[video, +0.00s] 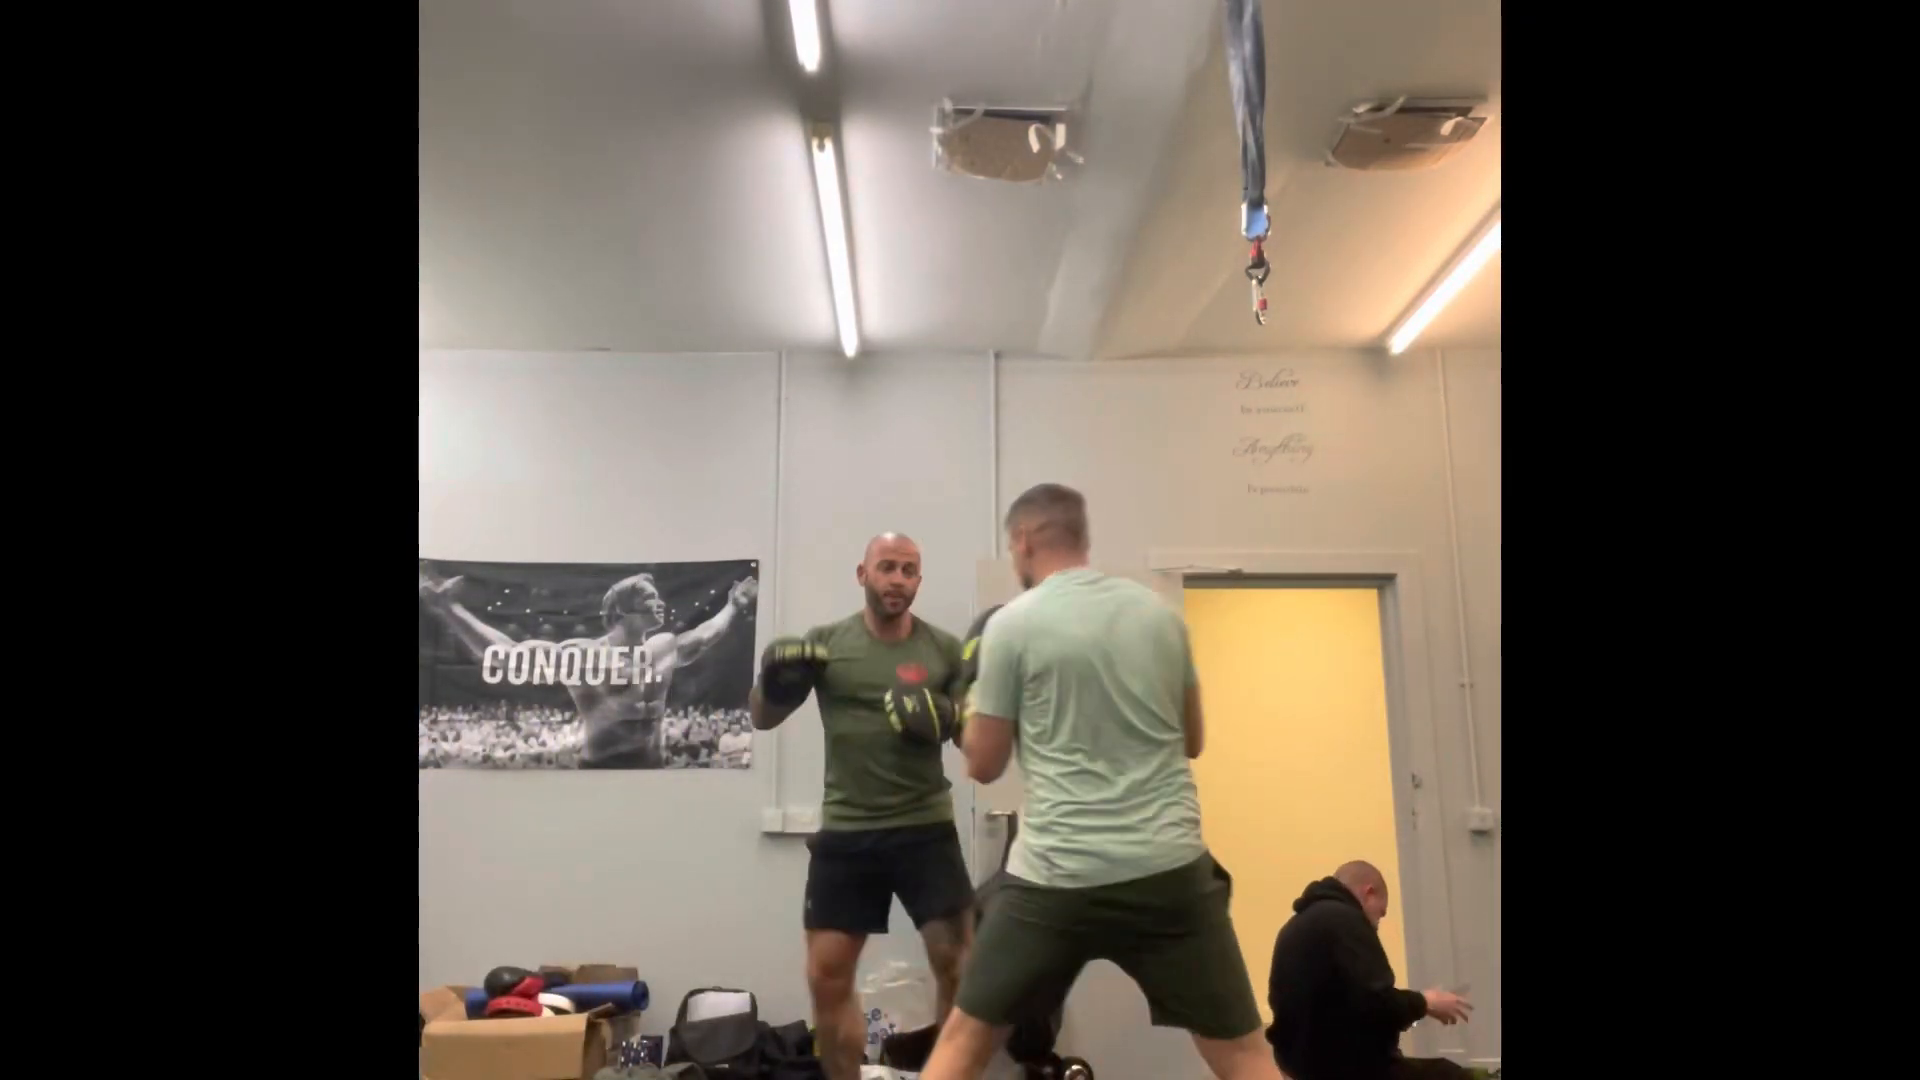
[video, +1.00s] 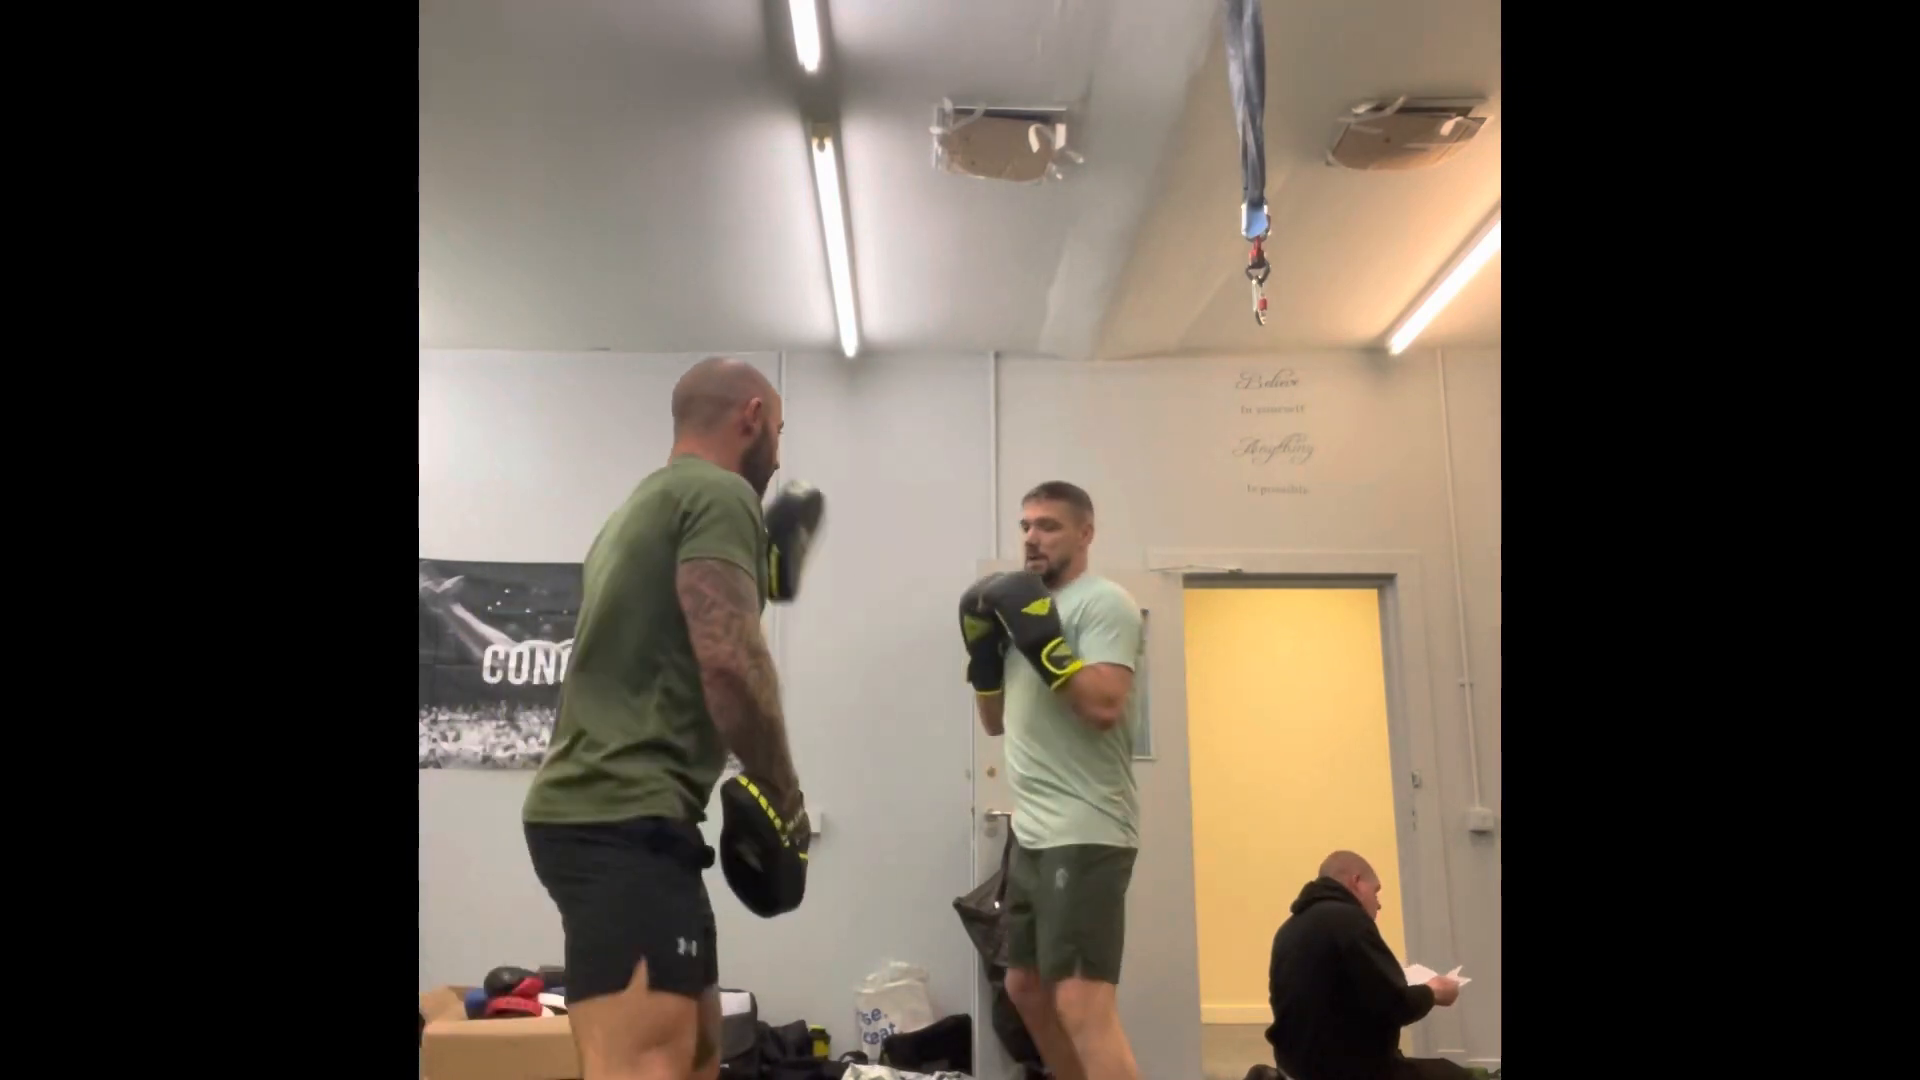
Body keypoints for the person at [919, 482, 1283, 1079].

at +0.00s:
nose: (1013, 561)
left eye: (1012, 548)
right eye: (1012, 549)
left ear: (1025, 542)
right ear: (1084, 540)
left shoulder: (1013, 625)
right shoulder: (1160, 613)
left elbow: (983, 763)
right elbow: (1190, 741)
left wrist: (979, 695)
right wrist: (1111, 713)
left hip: (1055, 873)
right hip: (1171, 869)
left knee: (966, 1040)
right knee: (1243, 1054)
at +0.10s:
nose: (1112, 536)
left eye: (1112, 524)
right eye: (1110, 525)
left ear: (1127, 517)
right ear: (1184, 520)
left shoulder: (1099, 598)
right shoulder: (1250, 599)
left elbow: (1062, 733)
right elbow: (1255, 715)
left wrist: (1084, 661)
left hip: (1120, 859)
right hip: (1236, 860)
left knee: (1041, 1030)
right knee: (1283, 1048)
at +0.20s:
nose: (1120, 531)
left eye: (1120, 517)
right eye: (1119, 517)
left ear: (1140, 512)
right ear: (1190, 514)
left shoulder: (1123, 589)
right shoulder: (1256, 592)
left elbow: (1078, 717)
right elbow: (1232, 693)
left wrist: (1078, 646)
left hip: (1144, 843)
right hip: (1251, 837)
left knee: (1083, 1013)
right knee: (1295, 1039)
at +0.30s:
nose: (1075, 560)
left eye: (1075, 543)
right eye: (1071, 545)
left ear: (1104, 534)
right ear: (1136, 532)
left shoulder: (1097, 611)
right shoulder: (1214, 604)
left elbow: (1084, 741)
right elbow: (1188, 715)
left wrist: (1041, 697)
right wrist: (1082, 682)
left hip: (1121, 859)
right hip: (1222, 853)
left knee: (1068, 1018)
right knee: (1255, 1036)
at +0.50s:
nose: (1056, 567)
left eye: (1065, 552)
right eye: (1055, 554)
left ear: (1109, 547)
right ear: (1110, 551)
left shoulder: (1122, 616)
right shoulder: (1148, 613)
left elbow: (1104, 731)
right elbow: (1127, 722)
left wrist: (1048, 680)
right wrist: (1078, 656)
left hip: (1131, 847)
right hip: (1178, 842)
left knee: (1079, 1013)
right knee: (1167, 998)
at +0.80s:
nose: (1066, 554)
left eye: (1080, 541)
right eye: (1061, 543)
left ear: (1118, 545)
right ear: (1058, 548)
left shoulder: (1145, 609)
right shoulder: (1077, 619)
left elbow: (1155, 712)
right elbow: (1055, 722)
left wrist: (1079, 659)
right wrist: (1031, 657)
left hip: (1128, 809)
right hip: (1088, 811)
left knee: (1072, 966)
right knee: (1118, 983)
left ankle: (1111, 1079)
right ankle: (1167, 1079)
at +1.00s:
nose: (1033, 538)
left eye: (1049, 526)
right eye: (1027, 527)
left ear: (1086, 535)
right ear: (1021, 534)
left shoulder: (1106, 602)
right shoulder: (1025, 611)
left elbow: (1103, 704)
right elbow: (994, 722)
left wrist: (1039, 635)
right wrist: (982, 647)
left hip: (1089, 827)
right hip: (1032, 826)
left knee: (1083, 1002)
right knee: (1026, 988)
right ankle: (1077, 1079)